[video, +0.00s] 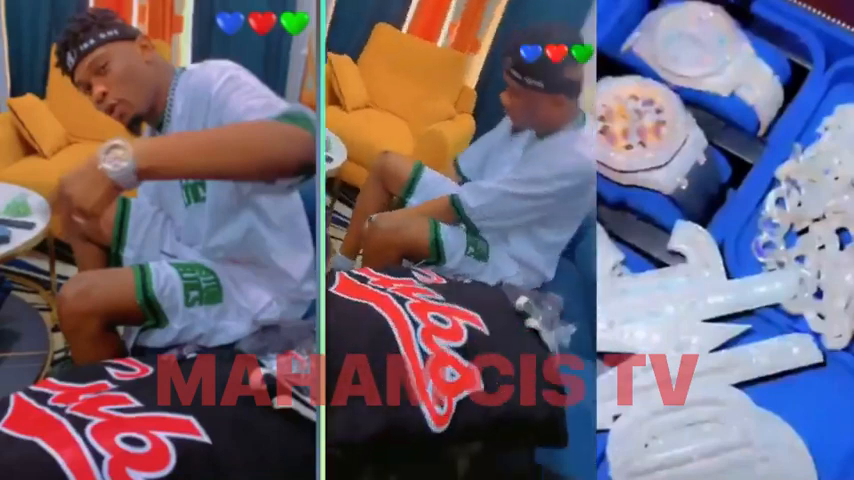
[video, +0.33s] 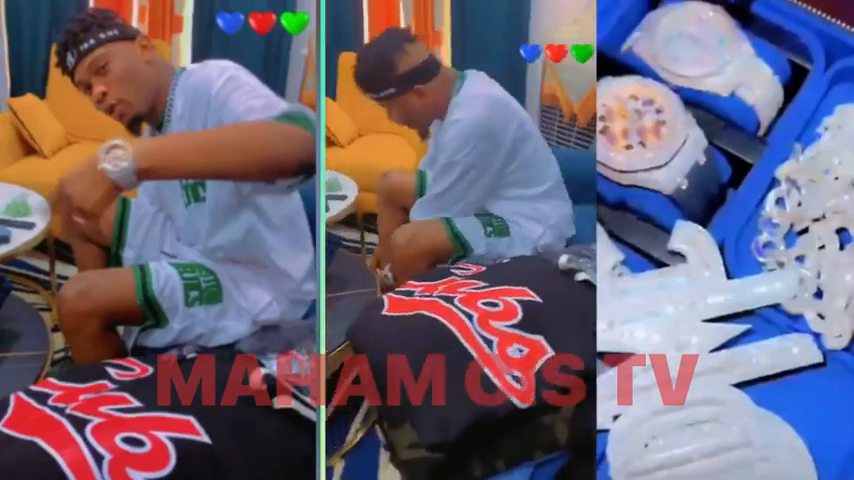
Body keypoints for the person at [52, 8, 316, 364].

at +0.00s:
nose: (97, 94)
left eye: (102, 70)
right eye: (87, 89)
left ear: (145, 48)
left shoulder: (213, 81)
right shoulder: (153, 134)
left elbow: (299, 145)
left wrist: (131, 160)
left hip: (261, 278)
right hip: (191, 252)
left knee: (80, 300)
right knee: (83, 214)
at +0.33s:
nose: (97, 94)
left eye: (102, 70)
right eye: (87, 89)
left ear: (145, 48)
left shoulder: (214, 81)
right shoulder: (153, 134)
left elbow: (298, 146)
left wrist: (131, 160)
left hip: (261, 278)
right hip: (192, 252)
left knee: (80, 300)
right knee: (83, 213)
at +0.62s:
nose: (97, 94)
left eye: (102, 70)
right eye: (87, 89)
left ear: (145, 48)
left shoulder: (214, 81)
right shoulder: (153, 135)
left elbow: (298, 146)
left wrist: (131, 160)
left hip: (261, 278)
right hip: (192, 252)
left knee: (80, 300)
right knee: (83, 213)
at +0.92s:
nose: (97, 94)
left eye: (102, 70)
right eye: (87, 89)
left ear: (145, 48)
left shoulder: (213, 81)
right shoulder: (153, 134)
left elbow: (298, 146)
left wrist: (131, 160)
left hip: (261, 278)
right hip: (192, 252)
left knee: (80, 300)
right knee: (83, 214)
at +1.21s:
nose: (97, 94)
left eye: (102, 70)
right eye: (87, 89)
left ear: (145, 48)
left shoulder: (213, 81)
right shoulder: (153, 133)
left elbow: (298, 146)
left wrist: (131, 160)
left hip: (261, 279)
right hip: (192, 253)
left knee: (80, 299)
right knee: (84, 214)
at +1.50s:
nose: (97, 94)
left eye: (102, 70)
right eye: (87, 89)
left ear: (144, 48)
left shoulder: (213, 81)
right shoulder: (152, 136)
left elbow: (297, 146)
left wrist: (131, 161)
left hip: (262, 279)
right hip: (192, 253)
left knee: (79, 300)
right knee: (84, 214)